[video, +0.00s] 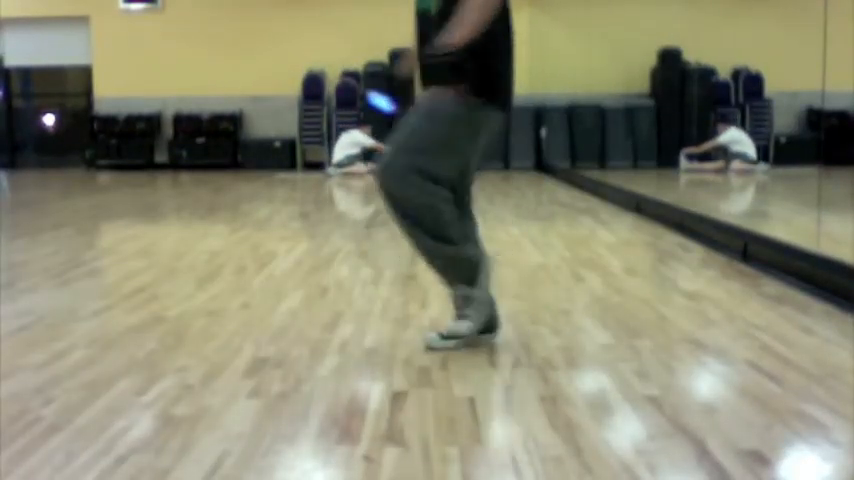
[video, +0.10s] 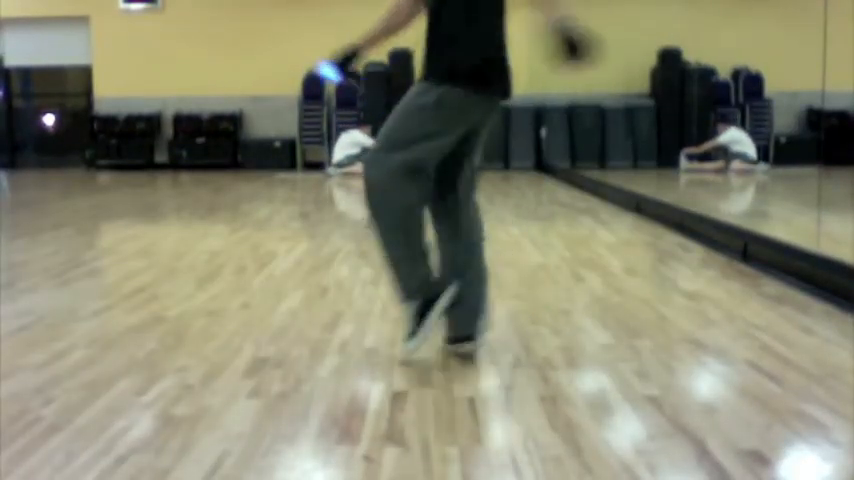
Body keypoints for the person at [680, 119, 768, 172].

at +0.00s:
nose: (719, 130)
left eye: (720, 127)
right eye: (718, 127)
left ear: (724, 126)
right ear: (729, 125)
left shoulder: (731, 133)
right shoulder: (735, 132)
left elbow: (708, 146)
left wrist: (688, 150)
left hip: (745, 160)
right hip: (734, 160)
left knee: (734, 168)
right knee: (714, 166)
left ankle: (754, 171)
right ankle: (690, 166)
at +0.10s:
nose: (719, 130)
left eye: (720, 127)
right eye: (718, 127)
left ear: (724, 126)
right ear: (729, 125)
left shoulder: (731, 133)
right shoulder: (735, 132)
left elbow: (707, 146)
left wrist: (687, 151)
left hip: (745, 160)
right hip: (734, 160)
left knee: (734, 168)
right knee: (714, 166)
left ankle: (754, 171)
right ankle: (689, 166)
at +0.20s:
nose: (719, 130)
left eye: (720, 127)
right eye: (719, 128)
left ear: (725, 126)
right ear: (728, 125)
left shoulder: (731, 132)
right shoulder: (734, 132)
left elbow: (710, 145)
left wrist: (688, 151)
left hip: (745, 160)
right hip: (734, 160)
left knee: (734, 167)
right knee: (714, 166)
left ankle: (754, 171)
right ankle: (690, 166)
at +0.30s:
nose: (719, 130)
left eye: (720, 128)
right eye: (719, 128)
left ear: (725, 126)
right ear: (728, 126)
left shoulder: (731, 132)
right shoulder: (734, 132)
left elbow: (710, 145)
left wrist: (688, 151)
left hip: (745, 160)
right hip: (734, 160)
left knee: (734, 167)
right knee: (714, 166)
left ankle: (754, 171)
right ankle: (690, 166)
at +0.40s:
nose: (720, 132)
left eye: (721, 129)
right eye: (719, 129)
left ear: (725, 127)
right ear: (729, 126)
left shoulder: (731, 132)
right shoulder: (734, 132)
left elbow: (709, 146)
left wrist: (688, 151)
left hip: (745, 160)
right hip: (734, 159)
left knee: (733, 168)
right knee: (714, 166)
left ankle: (753, 171)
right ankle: (690, 166)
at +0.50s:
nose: (719, 133)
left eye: (720, 130)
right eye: (719, 131)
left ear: (725, 128)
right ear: (728, 126)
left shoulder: (731, 132)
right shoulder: (733, 132)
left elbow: (709, 146)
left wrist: (689, 151)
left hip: (746, 160)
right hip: (734, 159)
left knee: (733, 168)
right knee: (714, 166)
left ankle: (753, 171)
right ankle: (690, 166)